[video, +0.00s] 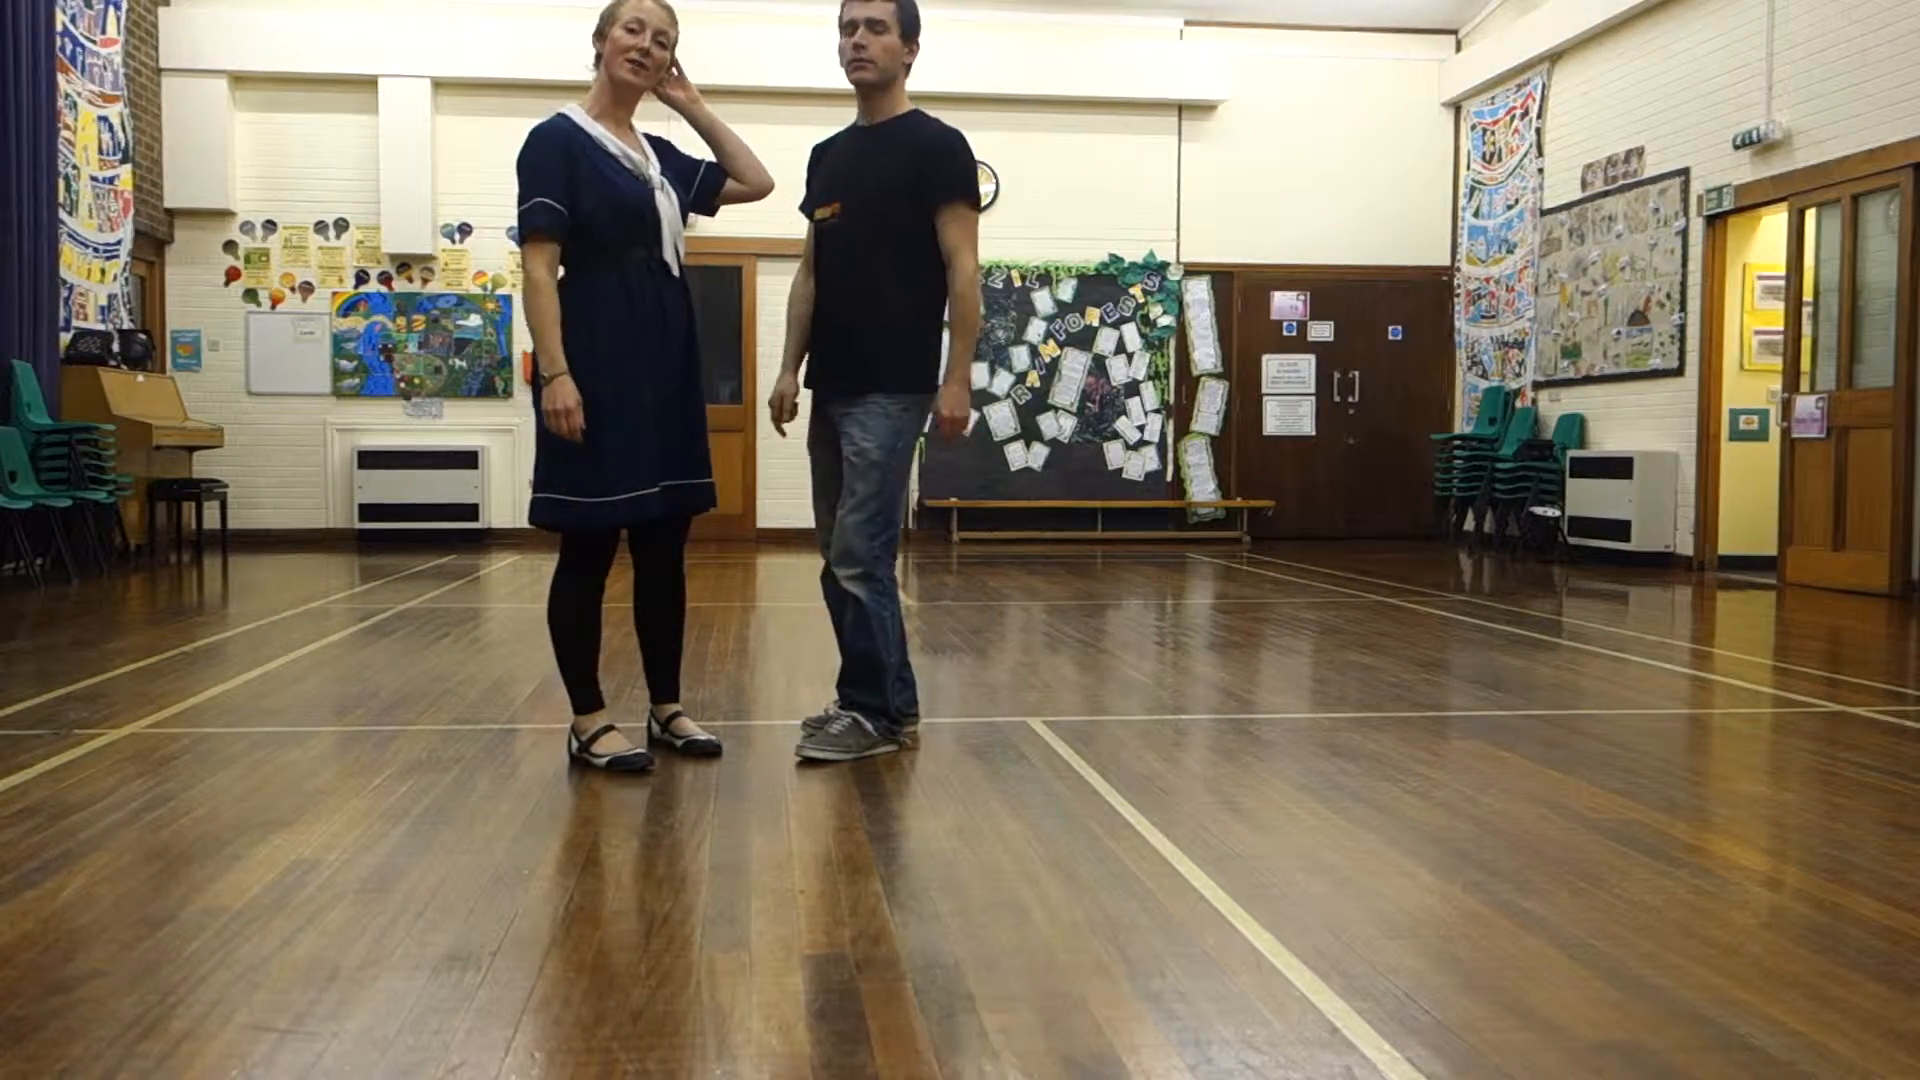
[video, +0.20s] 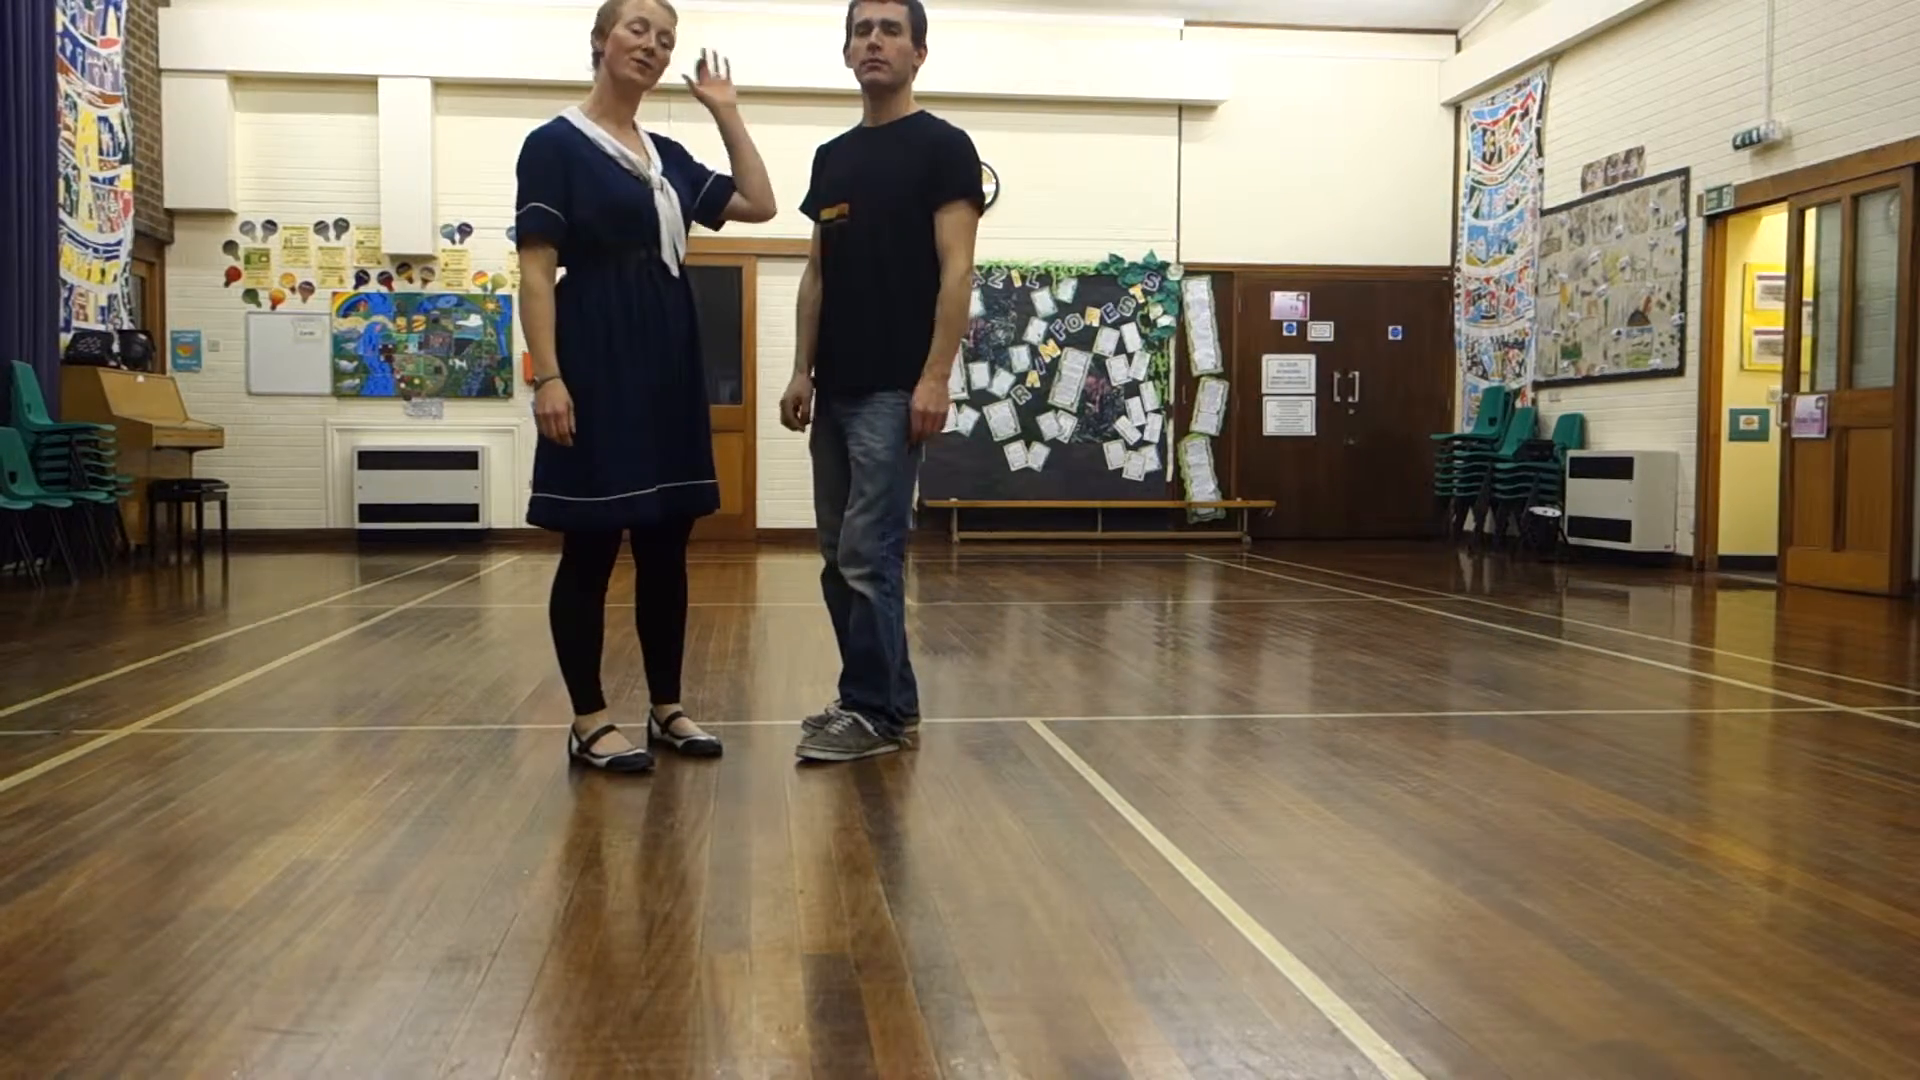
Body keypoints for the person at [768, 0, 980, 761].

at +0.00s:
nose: (856, 40)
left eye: (873, 28)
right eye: (847, 29)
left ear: (910, 47)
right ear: (838, 46)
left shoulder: (940, 145)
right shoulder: (827, 156)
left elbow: (964, 268)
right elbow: (812, 269)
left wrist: (959, 380)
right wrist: (789, 369)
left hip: (895, 384)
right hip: (832, 383)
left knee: (855, 556)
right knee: (847, 557)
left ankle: (868, 712)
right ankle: (890, 706)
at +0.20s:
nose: (873, 43)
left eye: (889, 31)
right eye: (861, 31)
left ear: (919, 51)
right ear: (847, 51)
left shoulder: (945, 146)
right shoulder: (831, 157)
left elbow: (959, 270)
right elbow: (818, 270)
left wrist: (937, 377)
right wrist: (803, 369)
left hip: (896, 387)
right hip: (833, 385)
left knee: (864, 558)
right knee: (844, 560)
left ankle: (872, 712)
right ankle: (885, 705)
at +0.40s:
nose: (873, 43)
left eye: (890, 31)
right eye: (862, 31)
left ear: (920, 51)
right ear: (848, 50)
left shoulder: (947, 145)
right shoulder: (836, 159)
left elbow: (961, 265)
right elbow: (819, 271)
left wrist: (928, 368)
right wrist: (796, 366)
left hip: (899, 384)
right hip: (840, 383)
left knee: (867, 557)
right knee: (845, 558)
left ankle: (872, 712)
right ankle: (885, 706)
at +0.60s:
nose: (872, 42)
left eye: (889, 31)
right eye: (861, 30)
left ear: (919, 52)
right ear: (847, 50)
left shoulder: (944, 143)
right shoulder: (836, 158)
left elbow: (952, 269)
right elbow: (823, 271)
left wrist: (917, 369)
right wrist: (805, 365)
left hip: (899, 385)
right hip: (840, 384)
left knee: (869, 557)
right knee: (844, 558)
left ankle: (877, 712)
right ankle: (878, 705)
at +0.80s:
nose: (866, 41)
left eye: (882, 30)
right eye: (855, 31)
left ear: (916, 50)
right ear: (844, 50)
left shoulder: (941, 141)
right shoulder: (835, 157)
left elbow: (950, 266)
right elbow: (823, 272)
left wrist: (914, 369)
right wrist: (809, 367)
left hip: (896, 386)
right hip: (837, 385)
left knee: (868, 558)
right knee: (842, 560)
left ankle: (879, 712)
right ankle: (877, 704)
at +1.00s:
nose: (843, 40)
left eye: (861, 28)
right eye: (841, 28)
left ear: (905, 48)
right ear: (841, 46)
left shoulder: (935, 139)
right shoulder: (835, 158)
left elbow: (944, 263)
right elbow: (822, 272)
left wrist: (911, 370)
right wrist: (796, 370)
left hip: (894, 384)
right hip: (837, 383)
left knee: (866, 556)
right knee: (842, 558)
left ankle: (876, 712)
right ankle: (878, 704)